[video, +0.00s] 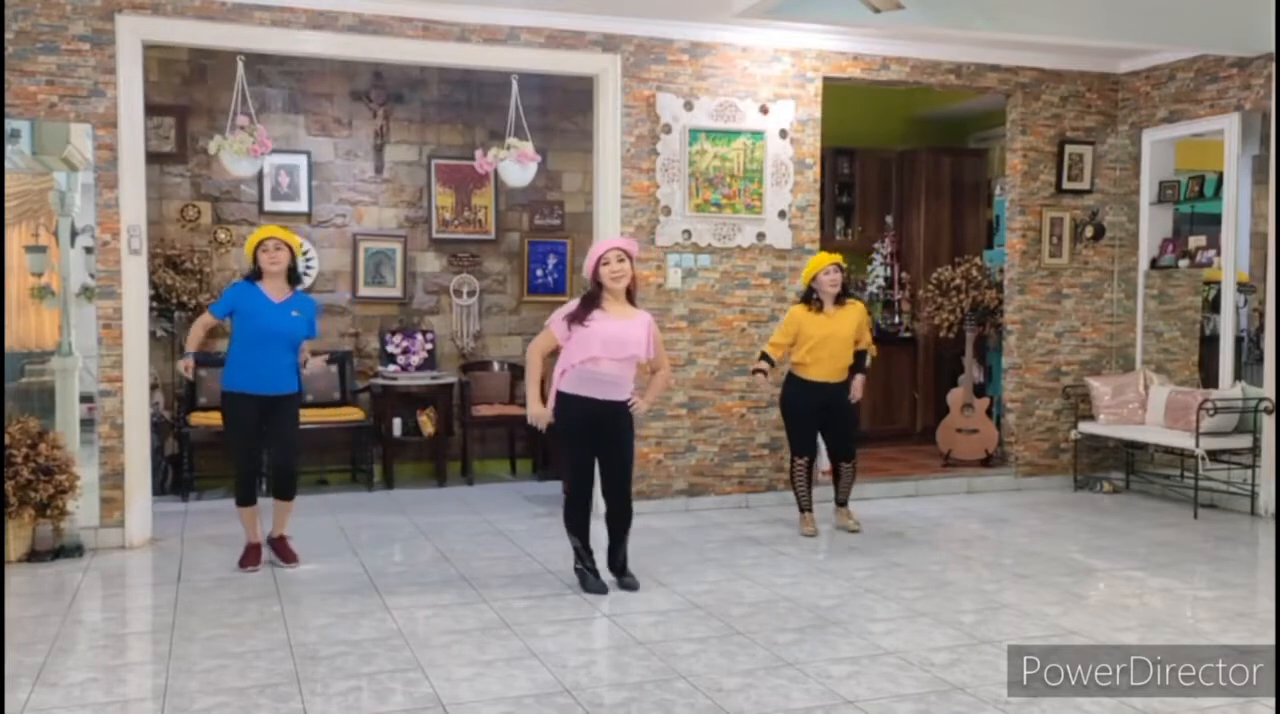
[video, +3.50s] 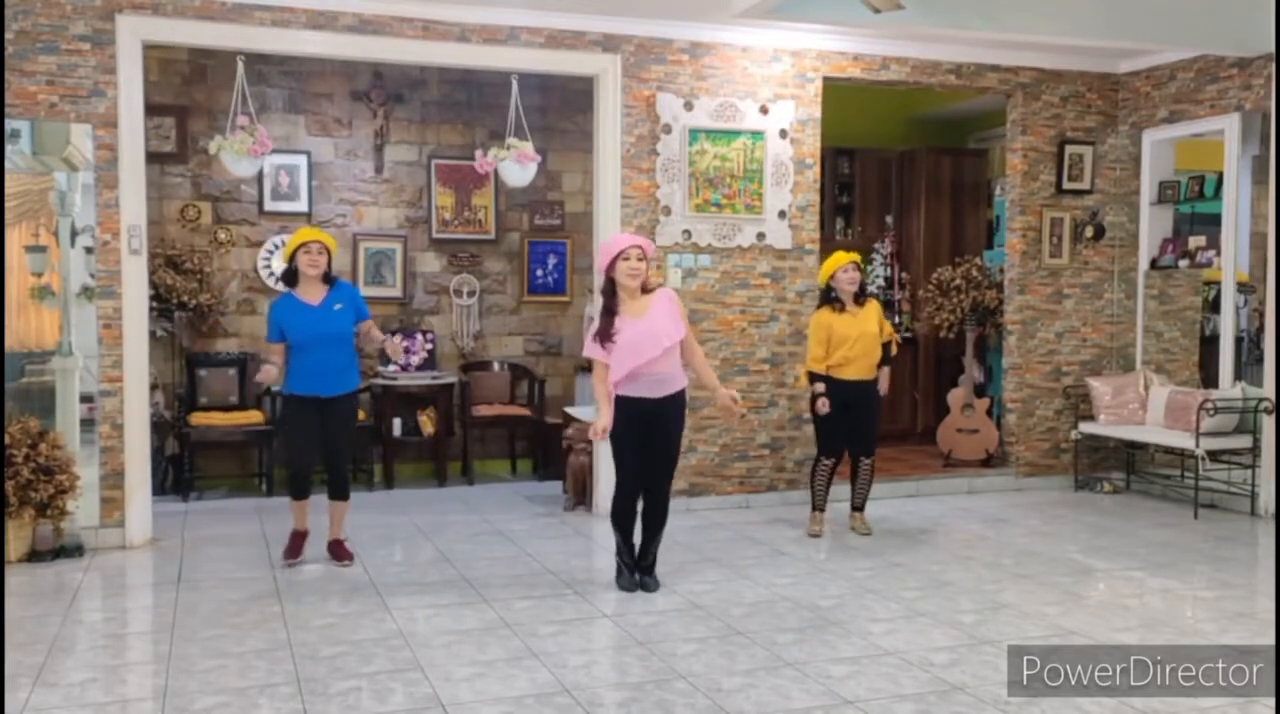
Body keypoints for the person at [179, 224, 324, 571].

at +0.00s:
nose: (272, 254)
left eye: (279, 249)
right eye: (265, 250)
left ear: (291, 257)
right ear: (256, 258)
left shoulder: (305, 304)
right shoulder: (239, 293)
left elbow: (303, 348)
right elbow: (203, 323)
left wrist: (306, 361)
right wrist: (189, 353)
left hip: (285, 396)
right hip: (241, 394)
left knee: (286, 466)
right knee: (246, 468)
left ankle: (278, 536)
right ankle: (253, 541)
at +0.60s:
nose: (272, 256)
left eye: (280, 250)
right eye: (266, 251)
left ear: (293, 258)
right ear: (258, 260)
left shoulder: (313, 296)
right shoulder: (249, 302)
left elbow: (331, 340)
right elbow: (243, 349)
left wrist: (312, 356)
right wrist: (209, 345)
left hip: (298, 396)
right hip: (254, 395)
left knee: (304, 464)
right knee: (253, 466)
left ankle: (326, 536)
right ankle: (254, 542)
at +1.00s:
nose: (299, 259)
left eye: (306, 253)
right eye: (291, 254)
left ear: (317, 260)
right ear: (282, 262)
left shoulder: (340, 293)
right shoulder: (276, 307)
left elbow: (359, 331)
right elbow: (271, 358)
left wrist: (360, 351)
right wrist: (255, 366)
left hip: (333, 395)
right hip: (289, 395)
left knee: (329, 465)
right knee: (278, 463)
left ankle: (330, 537)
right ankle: (272, 533)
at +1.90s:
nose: (294, 257)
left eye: (301, 251)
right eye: (287, 251)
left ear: (311, 259)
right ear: (276, 258)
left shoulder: (321, 300)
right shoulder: (263, 297)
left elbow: (326, 349)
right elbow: (232, 335)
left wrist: (354, 346)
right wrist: (261, 359)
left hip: (311, 395)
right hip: (269, 395)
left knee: (317, 465)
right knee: (265, 465)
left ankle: (327, 537)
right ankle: (256, 540)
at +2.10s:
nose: (282, 257)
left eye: (289, 252)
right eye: (275, 252)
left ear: (300, 260)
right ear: (264, 259)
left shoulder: (308, 304)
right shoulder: (247, 297)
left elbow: (308, 352)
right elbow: (209, 334)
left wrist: (326, 362)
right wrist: (220, 368)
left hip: (293, 399)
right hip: (250, 398)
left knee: (306, 465)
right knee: (253, 468)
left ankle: (319, 537)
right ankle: (255, 541)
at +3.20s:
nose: (294, 257)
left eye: (300, 251)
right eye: (287, 251)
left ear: (310, 259)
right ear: (274, 259)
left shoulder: (330, 294)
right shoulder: (264, 304)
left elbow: (349, 333)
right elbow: (257, 353)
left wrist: (343, 352)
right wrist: (224, 348)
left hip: (324, 395)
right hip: (279, 396)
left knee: (327, 466)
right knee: (269, 467)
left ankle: (335, 539)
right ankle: (257, 540)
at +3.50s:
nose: (314, 257)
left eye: (320, 252)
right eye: (307, 252)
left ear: (329, 260)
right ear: (295, 260)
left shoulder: (347, 294)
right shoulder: (281, 307)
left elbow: (368, 332)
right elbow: (277, 355)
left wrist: (384, 343)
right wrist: (271, 369)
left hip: (341, 396)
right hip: (299, 398)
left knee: (339, 466)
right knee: (299, 466)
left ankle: (336, 538)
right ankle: (299, 531)